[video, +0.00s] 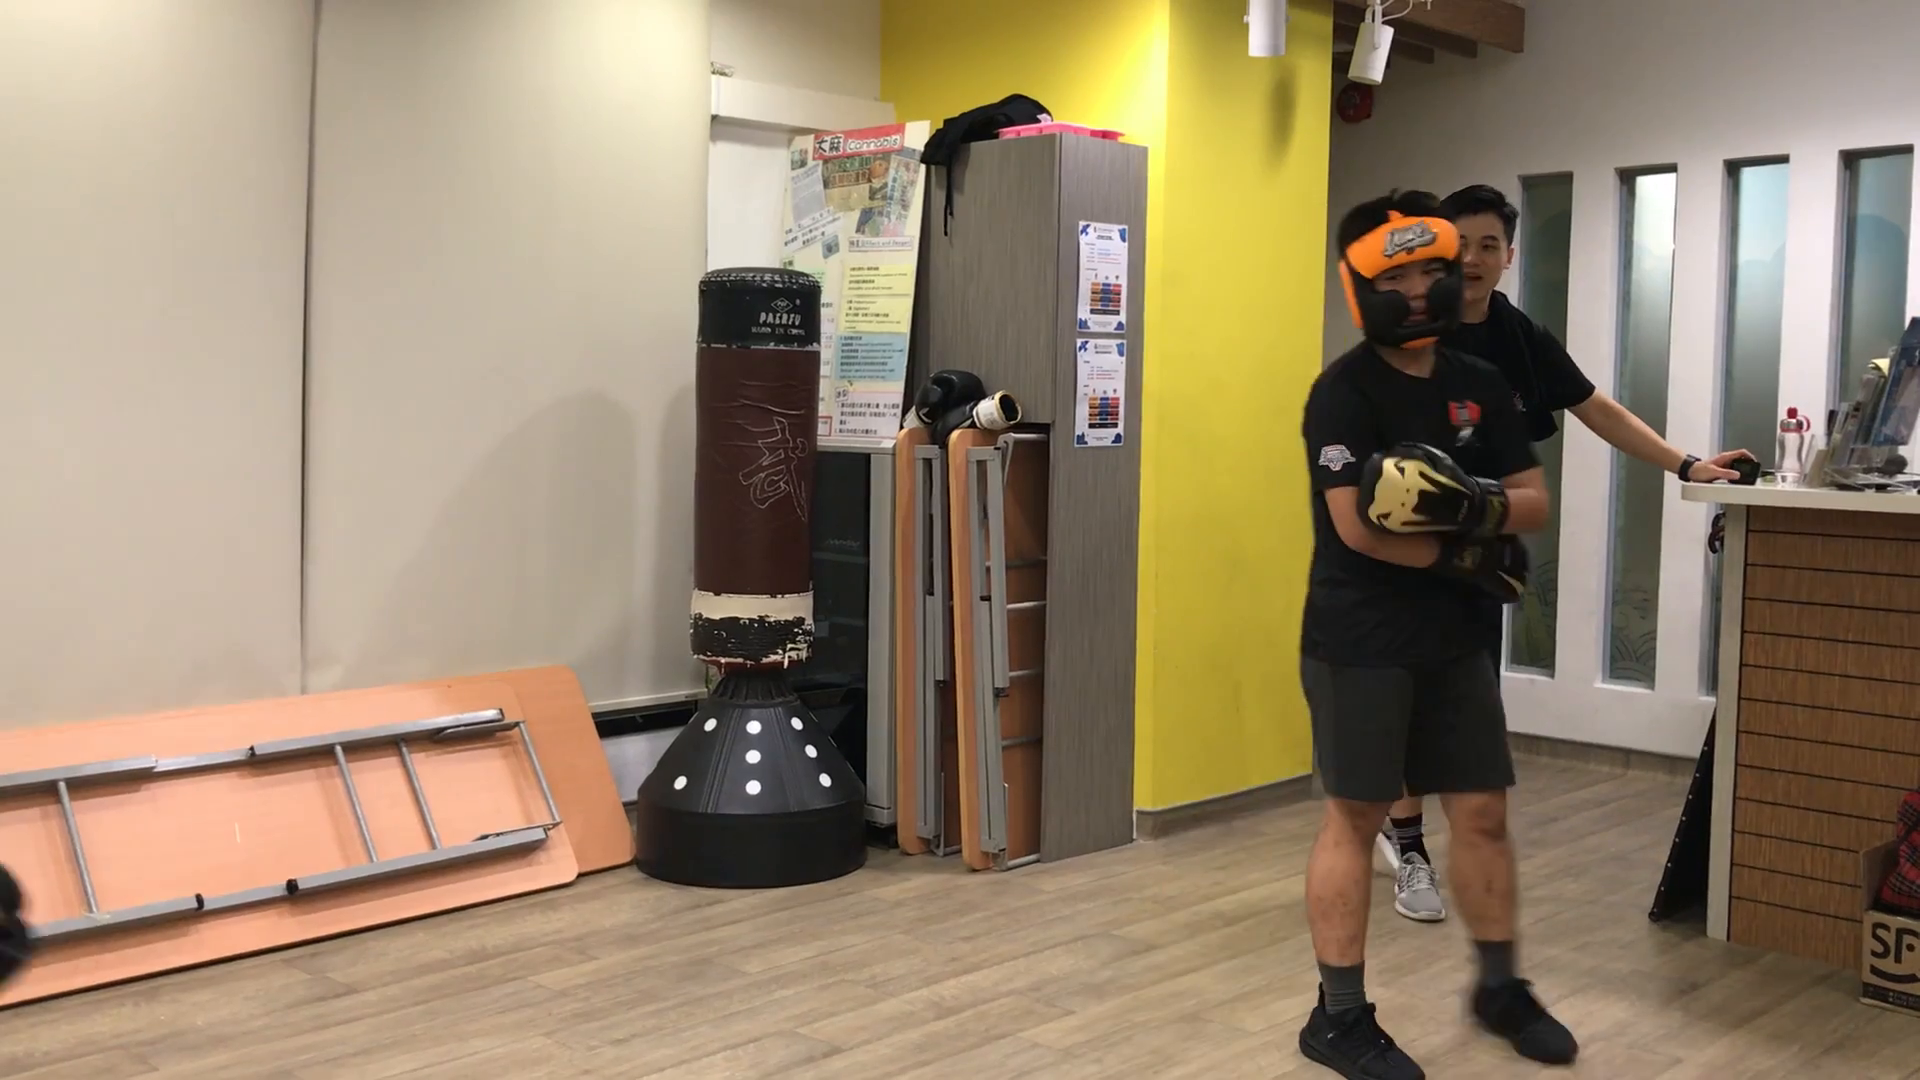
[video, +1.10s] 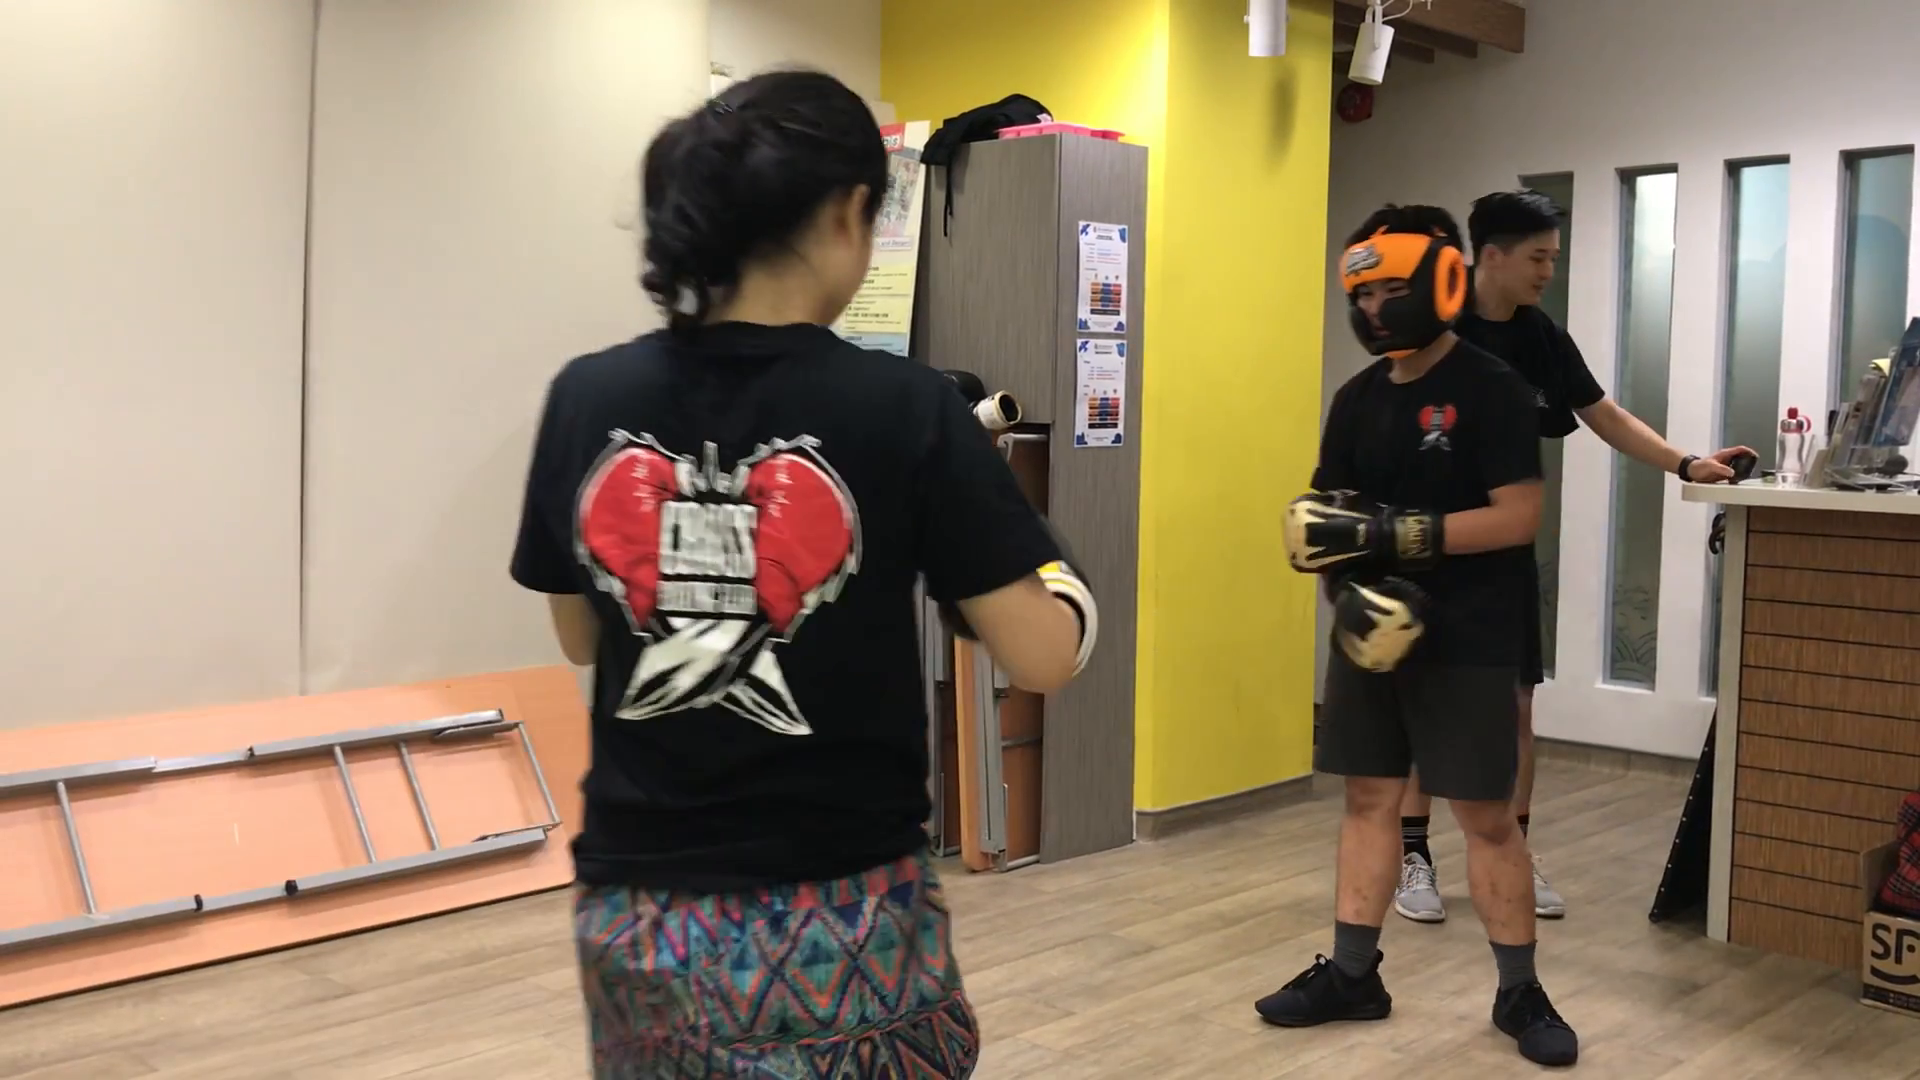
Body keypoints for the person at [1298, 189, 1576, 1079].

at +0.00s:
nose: (1417, 291)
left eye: (1431, 273)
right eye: (1396, 275)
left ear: (1454, 285)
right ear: (1360, 290)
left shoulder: (1484, 386)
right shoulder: (1339, 395)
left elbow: (1535, 505)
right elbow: (1357, 529)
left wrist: (1460, 501)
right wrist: (1466, 553)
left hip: (1456, 635)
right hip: (1357, 642)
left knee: (1481, 811)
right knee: (1354, 820)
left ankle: (1500, 988)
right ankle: (1339, 1011)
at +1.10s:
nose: (1371, 305)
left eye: (1388, 286)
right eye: (1361, 291)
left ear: (1442, 283)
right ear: (1353, 298)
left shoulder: (1494, 390)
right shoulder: (1358, 396)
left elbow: (1521, 517)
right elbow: (1323, 515)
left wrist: (1402, 534)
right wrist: (1340, 577)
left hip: (1472, 638)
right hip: (1371, 630)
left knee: (1489, 817)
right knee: (1369, 797)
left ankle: (1520, 991)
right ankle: (1353, 972)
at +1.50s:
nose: (1289, 315)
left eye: (1304, 294)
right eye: (1275, 301)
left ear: (1354, 287)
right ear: (1264, 307)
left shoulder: (1409, 385)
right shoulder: (1273, 397)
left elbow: (1440, 509)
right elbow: (1248, 501)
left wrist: (1342, 497)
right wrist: (1207, 528)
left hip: (1400, 618)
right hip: (1314, 620)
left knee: (1387, 796)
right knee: (1332, 792)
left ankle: (1417, 996)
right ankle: (1349, 971)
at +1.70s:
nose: (1262, 318)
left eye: (1276, 298)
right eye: (1253, 303)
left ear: (1331, 290)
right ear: (1248, 304)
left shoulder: (1389, 386)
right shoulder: (1254, 387)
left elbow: (1392, 510)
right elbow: (1198, 500)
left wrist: (1327, 427)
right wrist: (1150, 436)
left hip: (1369, 623)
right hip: (1288, 622)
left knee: (1333, 806)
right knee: (1314, 804)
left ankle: (1304, 1006)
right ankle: (1352, 967)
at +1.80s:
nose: (1270, 306)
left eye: (1290, 287)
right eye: (1256, 291)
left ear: (1340, 289)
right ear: (1244, 299)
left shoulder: (1385, 387)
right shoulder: (1249, 390)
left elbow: (1363, 493)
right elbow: (1180, 484)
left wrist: (1322, 381)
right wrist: (1151, 384)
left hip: (1352, 627)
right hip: (1272, 626)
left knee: (1314, 812)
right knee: (1308, 808)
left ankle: (1284, 1021)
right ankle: (1350, 971)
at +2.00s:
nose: (1274, 291)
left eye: (1293, 271)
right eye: (1262, 276)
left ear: (1334, 279)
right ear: (1242, 285)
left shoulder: (1375, 385)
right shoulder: (1235, 377)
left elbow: (1309, 478)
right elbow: (1178, 453)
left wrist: (1297, 361)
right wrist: (1174, 339)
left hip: (1322, 637)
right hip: (1235, 628)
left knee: (1299, 822)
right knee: (1248, 803)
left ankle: (1282, 1027)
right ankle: (1338, 952)